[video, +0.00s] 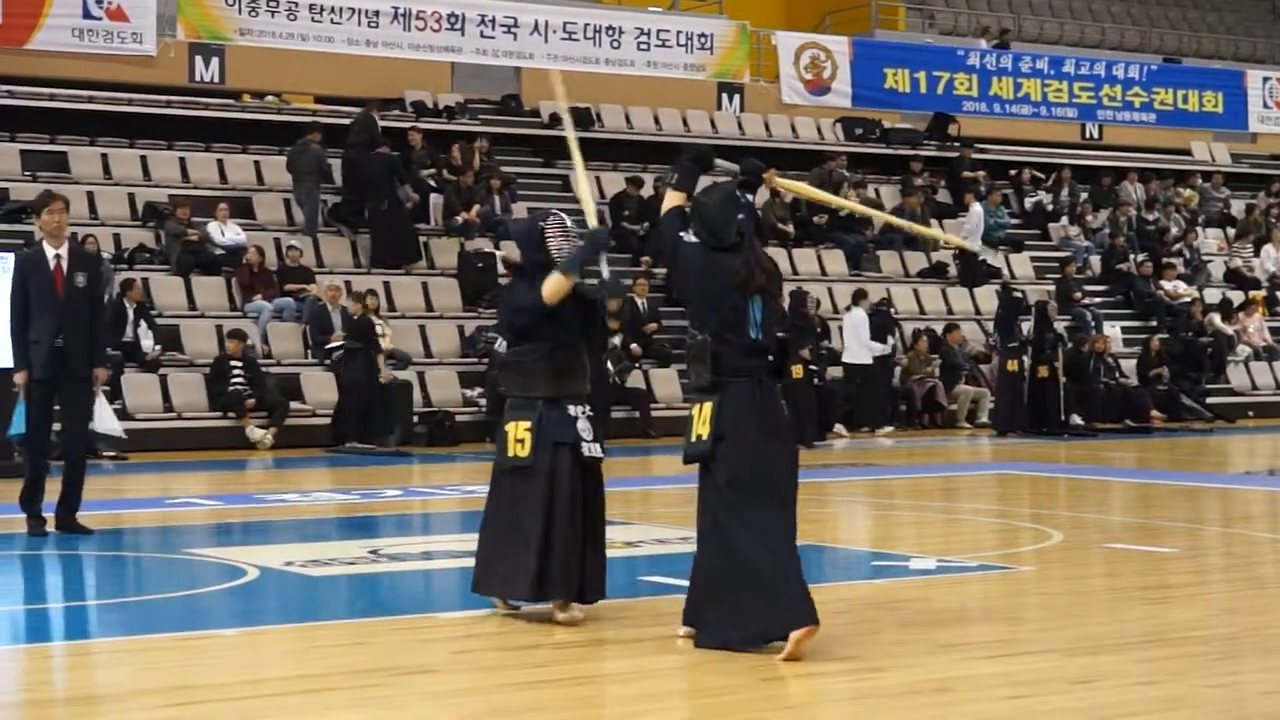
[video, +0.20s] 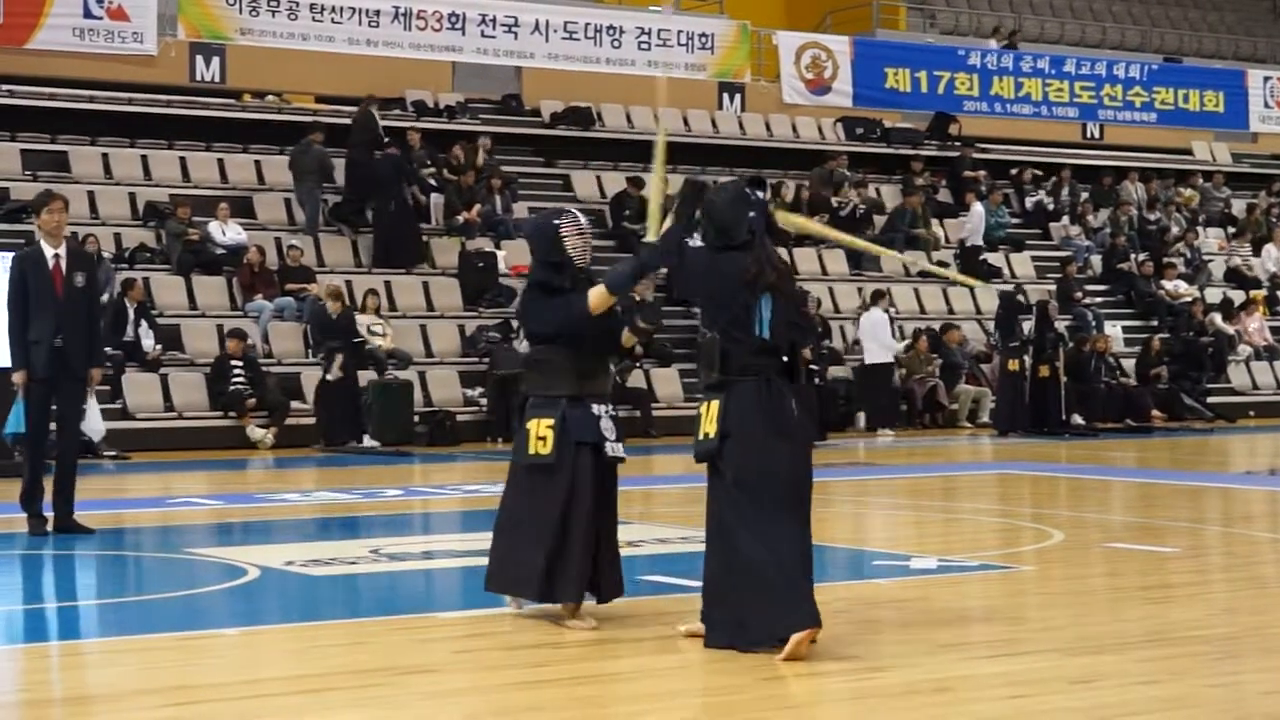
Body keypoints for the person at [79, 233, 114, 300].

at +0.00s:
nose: (92, 246)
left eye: (94, 243)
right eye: (89, 243)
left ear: (98, 245)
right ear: (83, 246)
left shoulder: (103, 262)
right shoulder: (79, 263)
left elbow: (110, 278)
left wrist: (107, 294)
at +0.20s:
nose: (92, 246)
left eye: (94, 243)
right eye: (89, 243)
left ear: (98, 245)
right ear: (83, 246)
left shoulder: (104, 263)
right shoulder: (79, 262)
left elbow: (111, 279)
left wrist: (107, 294)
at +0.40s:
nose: (92, 245)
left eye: (95, 242)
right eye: (89, 243)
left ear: (99, 245)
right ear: (84, 245)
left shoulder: (105, 263)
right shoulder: (79, 262)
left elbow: (111, 280)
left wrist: (107, 294)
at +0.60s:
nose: (92, 245)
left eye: (95, 242)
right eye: (89, 242)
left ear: (98, 244)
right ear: (83, 245)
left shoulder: (105, 262)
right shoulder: (79, 261)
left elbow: (111, 279)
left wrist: (107, 293)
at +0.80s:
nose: (93, 245)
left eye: (95, 242)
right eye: (90, 242)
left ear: (99, 244)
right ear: (84, 245)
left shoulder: (105, 262)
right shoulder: (79, 261)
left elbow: (112, 279)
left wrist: (107, 294)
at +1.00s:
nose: (93, 245)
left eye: (95, 242)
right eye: (89, 242)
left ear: (98, 244)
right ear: (84, 245)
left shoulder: (105, 262)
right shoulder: (79, 261)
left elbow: (111, 280)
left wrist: (106, 295)